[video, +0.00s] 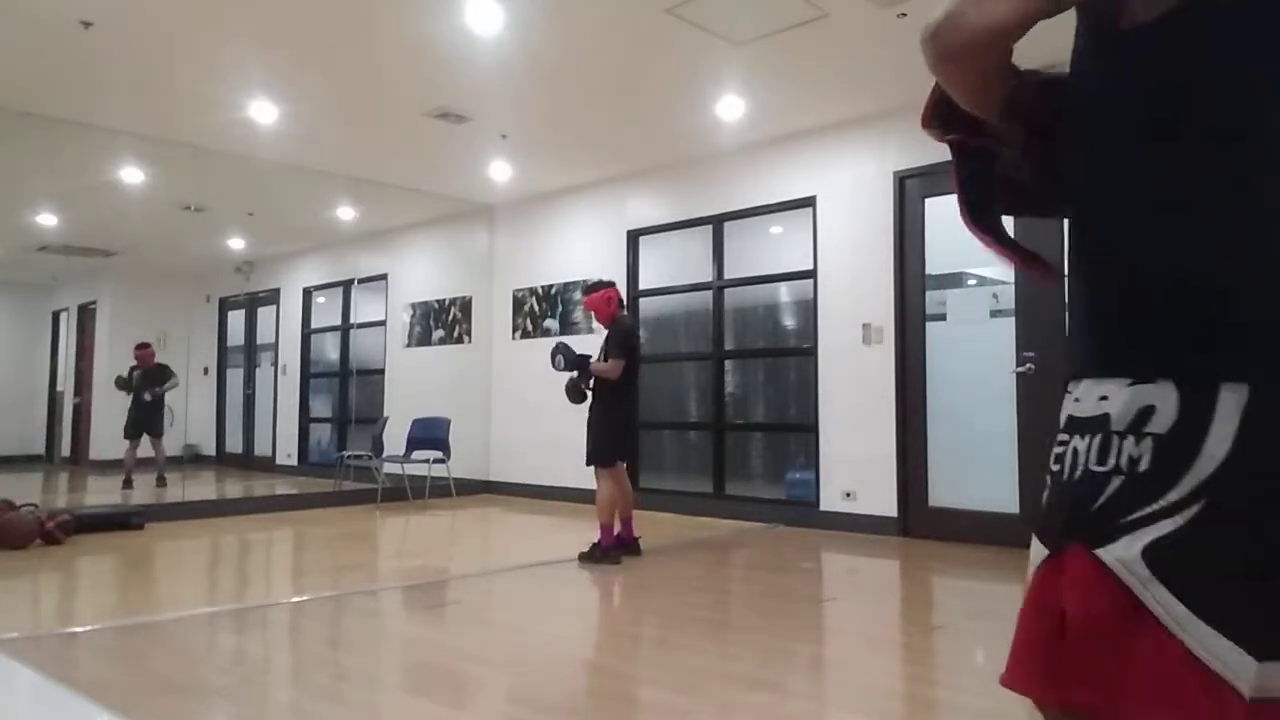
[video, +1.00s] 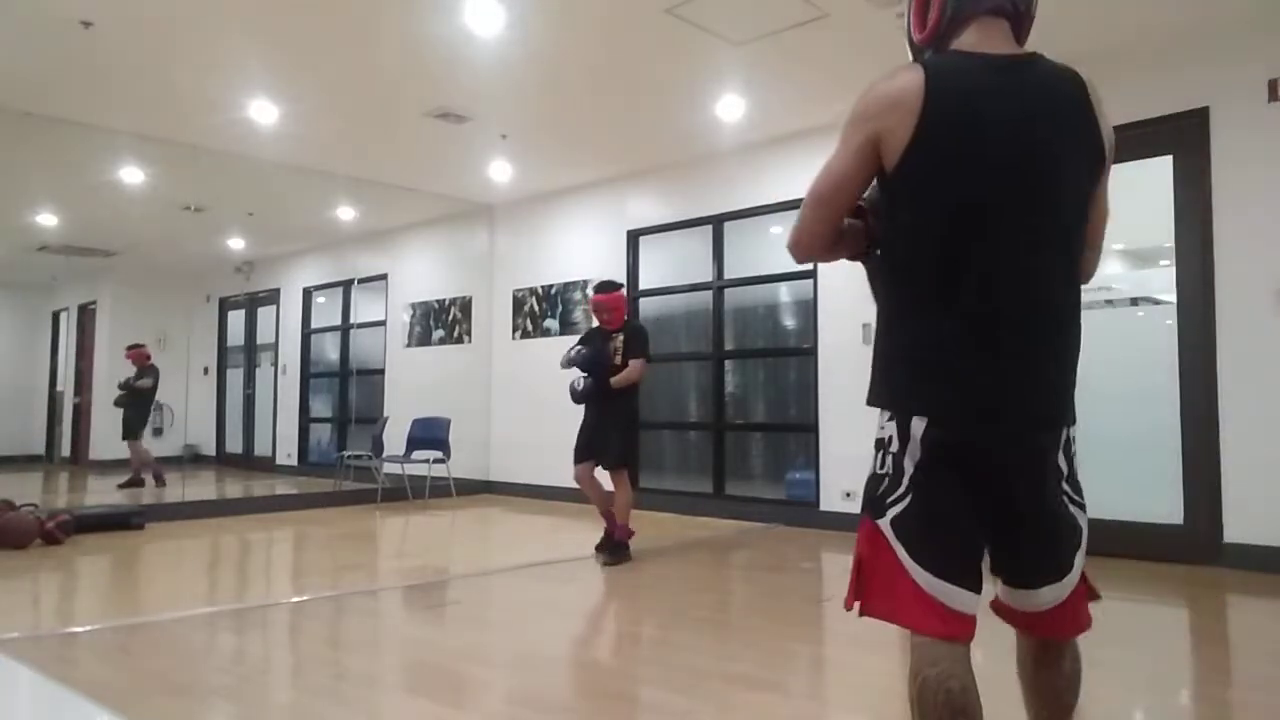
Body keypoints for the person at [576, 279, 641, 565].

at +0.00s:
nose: (593, 315)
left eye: (594, 309)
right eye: (591, 310)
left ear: (608, 303)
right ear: (610, 304)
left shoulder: (620, 329)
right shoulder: (620, 328)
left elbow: (614, 370)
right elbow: (612, 368)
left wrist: (584, 364)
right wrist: (587, 374)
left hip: (608, 415)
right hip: (618, 413)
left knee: (603, 473)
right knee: (617, 471)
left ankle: (606, 544)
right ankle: (627, 537)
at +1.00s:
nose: (603, 317)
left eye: (608, 311)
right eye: (598, 311)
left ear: (621, 307)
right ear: (594, 310)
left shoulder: (634, 332)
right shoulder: (593, 334)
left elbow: (635, 372)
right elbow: (570, 359)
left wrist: (602, 385)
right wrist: (575, 357)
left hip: (621, 413)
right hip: (595, 412)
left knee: (620, 476)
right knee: (582, 473)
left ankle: (621, 540)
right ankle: (614, 526)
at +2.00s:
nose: (559, 299)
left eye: (565, 293)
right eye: (553, 293)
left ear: (575, 297)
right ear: (543, 296)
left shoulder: (582, 328)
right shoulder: (530, 328)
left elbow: (603, 363)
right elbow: (505, 365)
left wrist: (580, 364)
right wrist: (530, 358)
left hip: (572, 410)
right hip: (541, 411)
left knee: (574, 476)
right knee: (547, 477)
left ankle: (584, 546)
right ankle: (553, 546)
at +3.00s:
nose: (572, 298)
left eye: (579, 291)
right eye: (565, 290)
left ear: (589, 291)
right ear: (552, 290)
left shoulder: (598, 322)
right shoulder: (537, 321)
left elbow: (610, 353)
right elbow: (509, 351)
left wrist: (578, 345)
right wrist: (528, 356)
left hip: (582, 416)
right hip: (545, 413)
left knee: (576, 487)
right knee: (534, 482)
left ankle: (573, 558)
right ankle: (519, 562)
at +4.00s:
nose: (567, 269)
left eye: (576, 262)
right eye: (559, 260)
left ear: (585, 270)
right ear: (544, 265)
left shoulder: (584, 308)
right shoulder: (524, 302)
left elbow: (576, 355)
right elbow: (516, 350)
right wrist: (508, 377)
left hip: (567, 409)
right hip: (527, 408)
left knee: (575, 492)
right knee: (527, 490)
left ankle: (583, 581)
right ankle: (525, 573)